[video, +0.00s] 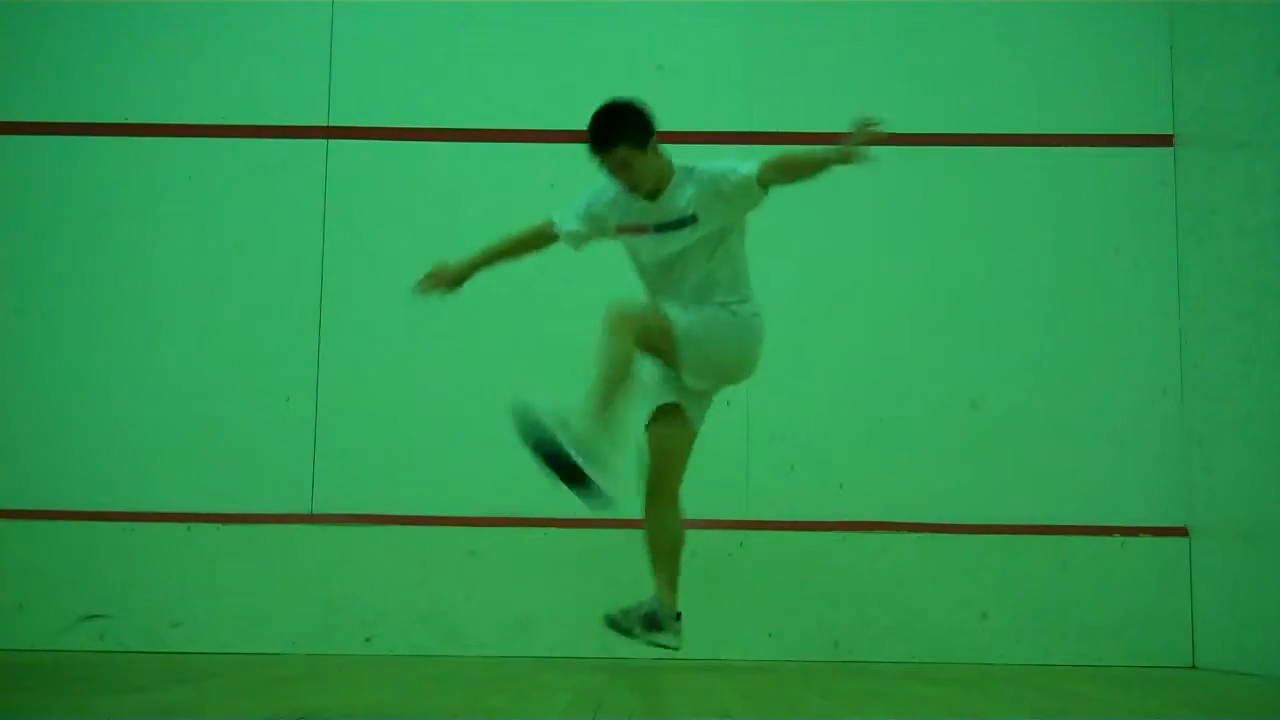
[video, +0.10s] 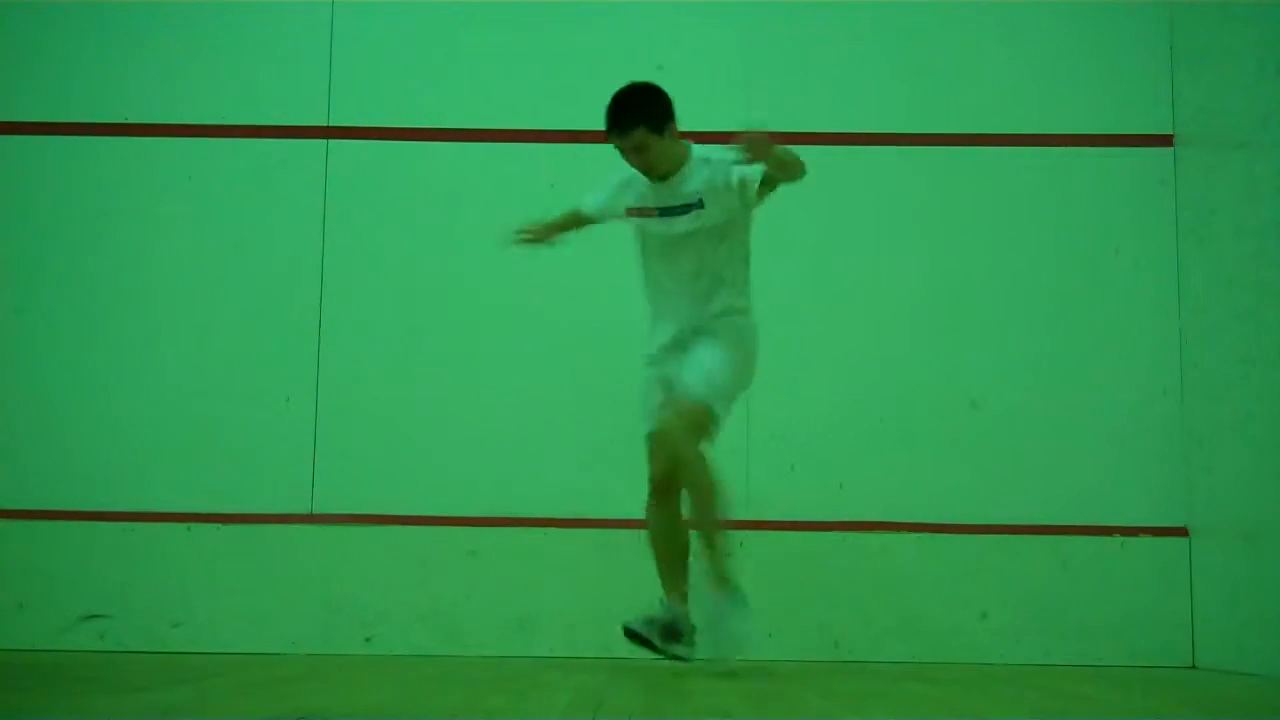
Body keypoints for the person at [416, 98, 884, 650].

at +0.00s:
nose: (619, 179)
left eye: (624, 166)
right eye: (611, 171)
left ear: (652, 146)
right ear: (608, 167)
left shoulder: (714, 183)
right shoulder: (612, 207)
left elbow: (776, 170)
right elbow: (544, 236)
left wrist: (842, 152)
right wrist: (466, 268)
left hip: (731, 335)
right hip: (681, 347)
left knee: (627, 320)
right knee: (661, 473)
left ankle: (594, 452)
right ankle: (664, 610)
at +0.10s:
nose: (633, 160)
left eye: (640, 146)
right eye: (625, 150)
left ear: (670, 131)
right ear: (621, 147)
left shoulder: (723, 175)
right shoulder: (631, 188)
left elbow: (793, 170)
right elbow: (584, 215)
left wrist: (767, 150)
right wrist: (546, 230)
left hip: (724, 335)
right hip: (668, 344)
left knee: (676, 434)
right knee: (661, 475)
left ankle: (724, 588)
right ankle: (676, 614)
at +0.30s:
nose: (635, 168)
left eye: (642, 154)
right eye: (627, 158)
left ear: (673, 142)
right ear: (623, 154)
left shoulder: (720, 188)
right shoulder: (637, 195)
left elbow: (774, 195)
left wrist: (734, 160)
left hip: (714, 359)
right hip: (657, 353)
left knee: (733, 488)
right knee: (599, 385)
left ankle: (757, 628)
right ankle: (665, 491)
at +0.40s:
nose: (629, 157)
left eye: (636, 144)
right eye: (618, 148)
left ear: (663, 131)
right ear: (610, 146)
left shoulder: (707, 180)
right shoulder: (616, 192)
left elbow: (725, 194)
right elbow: (643, 247)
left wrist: (699, 182)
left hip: (712, 340)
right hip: (652, 334)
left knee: (724, 478)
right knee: (549, 307)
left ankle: (734, 612)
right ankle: (661, 375)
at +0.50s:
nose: (620, 167)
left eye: (628, 153)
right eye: (611, 157)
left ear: (657, 139)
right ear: (603, 153)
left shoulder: (696, 181)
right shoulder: (608, 194)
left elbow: (715, 209)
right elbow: (629, 262)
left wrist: (678, 213)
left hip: (699, 349)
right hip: (637, 338)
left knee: (707, 490)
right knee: (524, 342)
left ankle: (715, 623)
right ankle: (604, 387)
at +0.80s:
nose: (595, 176)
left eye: (606, 164)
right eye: (584, 163)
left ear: (624, 155)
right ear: (568, 153)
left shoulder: (651, 203)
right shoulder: (542, 197)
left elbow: (718, 250)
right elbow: (503, 256)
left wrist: (714, 294)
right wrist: (486, 328)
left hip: (636, 369)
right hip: (568, 378)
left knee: (679, 428)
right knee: (551, 502)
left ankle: (666, 563)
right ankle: (579, 631)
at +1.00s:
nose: (590, 176)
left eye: (602, 166)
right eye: (581, 163)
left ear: (617, 159)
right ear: (561, 148)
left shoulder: (632, 209)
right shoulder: (520, 176)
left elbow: (694, 257)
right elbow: (459, 193)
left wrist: (735, 314)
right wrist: (406, 243)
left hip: (600, 364)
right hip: (531, 366)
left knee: (601, 441)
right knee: (485, 460)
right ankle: (565, 573)